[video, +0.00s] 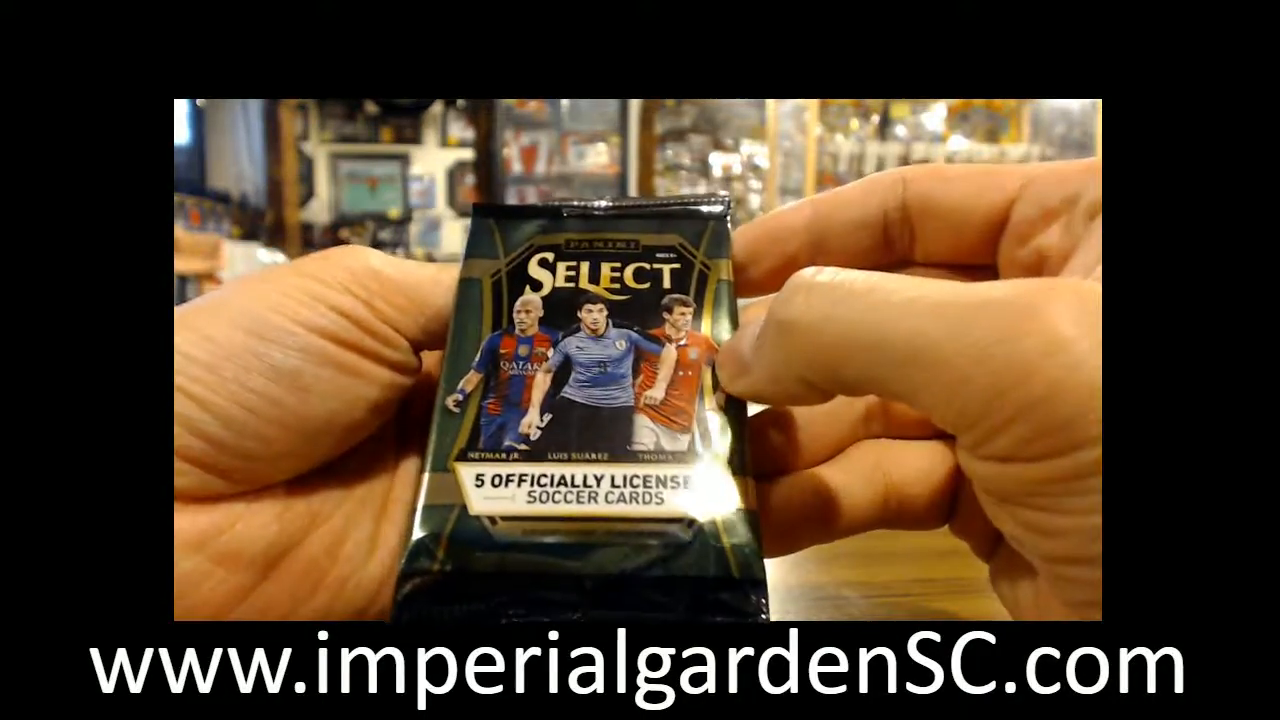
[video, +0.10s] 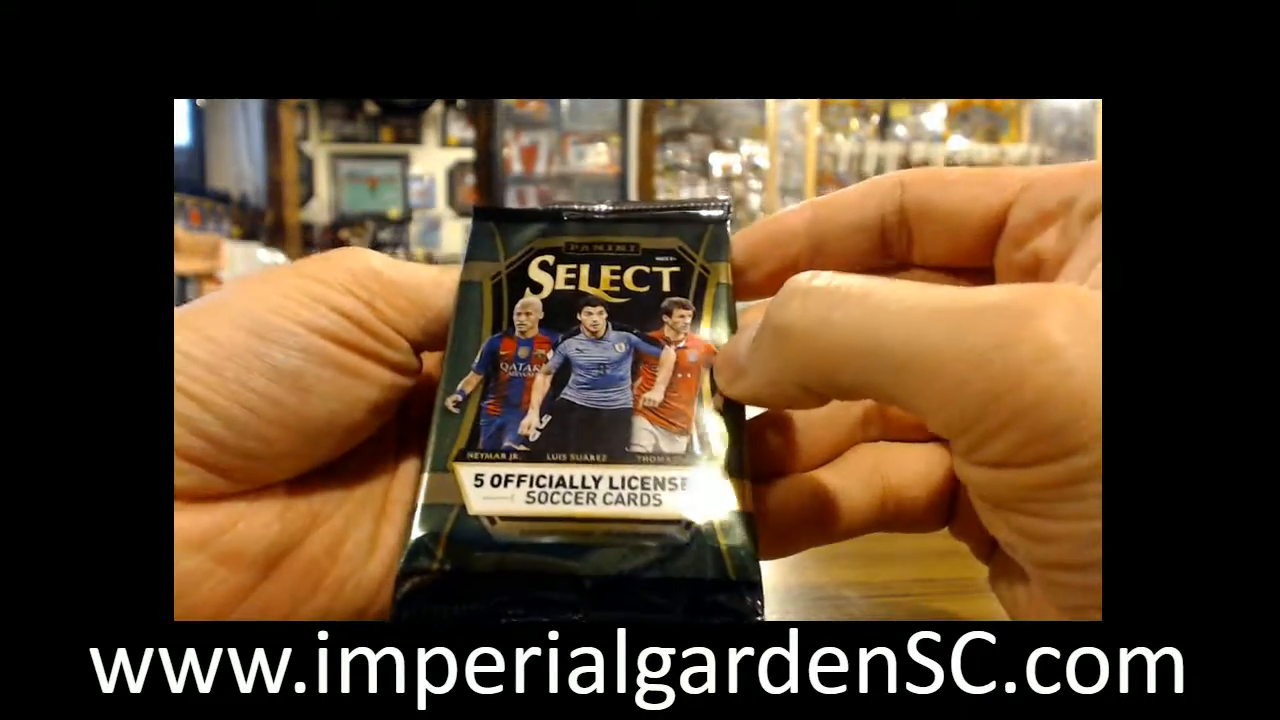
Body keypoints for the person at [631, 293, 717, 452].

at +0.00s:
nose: (687, 319)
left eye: (690, 314)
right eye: (682, 314)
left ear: (693, 315)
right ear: (666, 315)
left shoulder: (703, 342)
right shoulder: (647, 339)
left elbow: (725, 367)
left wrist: (719, 396)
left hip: (680, 421)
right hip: (647, 414)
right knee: (640, 467)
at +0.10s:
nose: (687, 321)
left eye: (689, 317)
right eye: (681, 316)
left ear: (692, 318)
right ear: (666, 318)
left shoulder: (702, 348)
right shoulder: (646, 341)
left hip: (679, 424)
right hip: (646, 417)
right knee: (639, 471)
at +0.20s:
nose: (684, 322)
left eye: (686, 317)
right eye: (679, 316)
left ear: (692, 318)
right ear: (666, 317)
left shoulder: (693, 349)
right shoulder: (650, 341)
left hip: (678, 420)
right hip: (646, 414)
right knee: (639, 467)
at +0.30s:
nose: (686, 315)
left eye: (689, 309)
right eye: (680, 310)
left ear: (692, 310)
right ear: (666, 310)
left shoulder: (702, 343)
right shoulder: (649, 337)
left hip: (679, 420)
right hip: (645, 415)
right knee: (639, 474)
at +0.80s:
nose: (691, 320)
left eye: (693, 314)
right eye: (684, 315)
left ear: (697, 315)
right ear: (669, 317)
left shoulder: (707, 348)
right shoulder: (655, 346)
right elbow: (638, 382)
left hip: (691, 428)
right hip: (661, 425)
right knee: (660, 487)